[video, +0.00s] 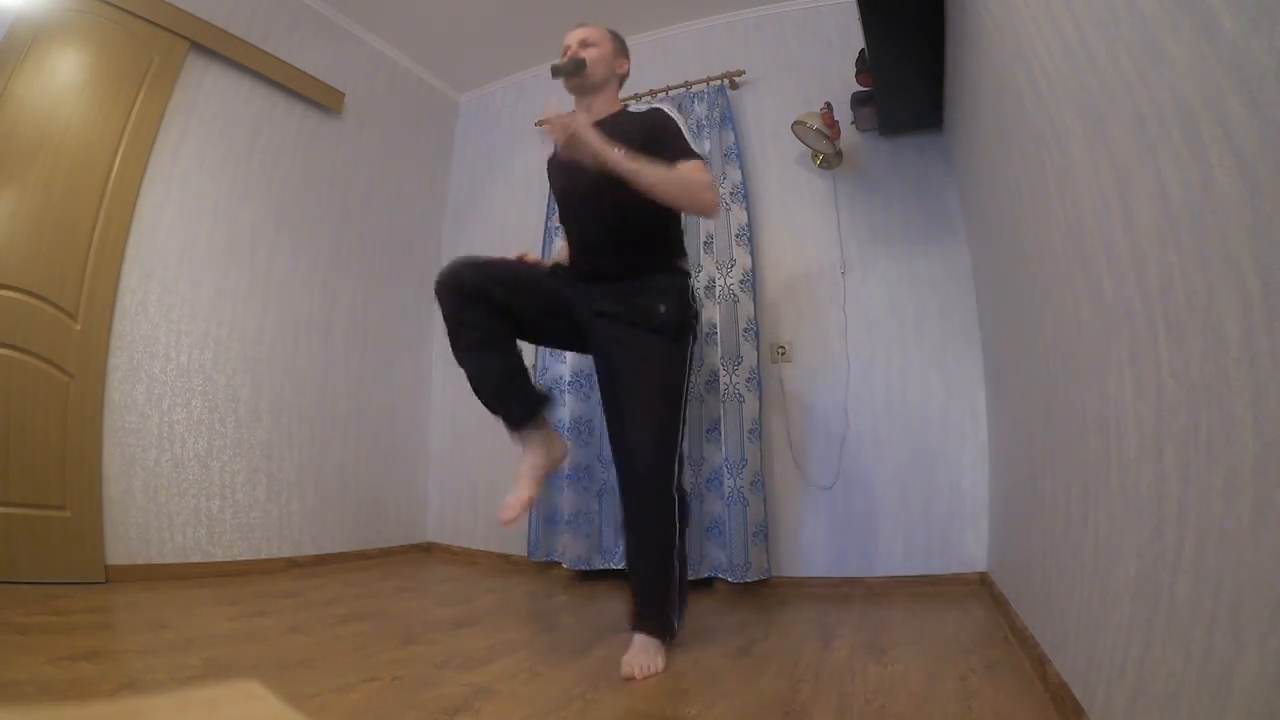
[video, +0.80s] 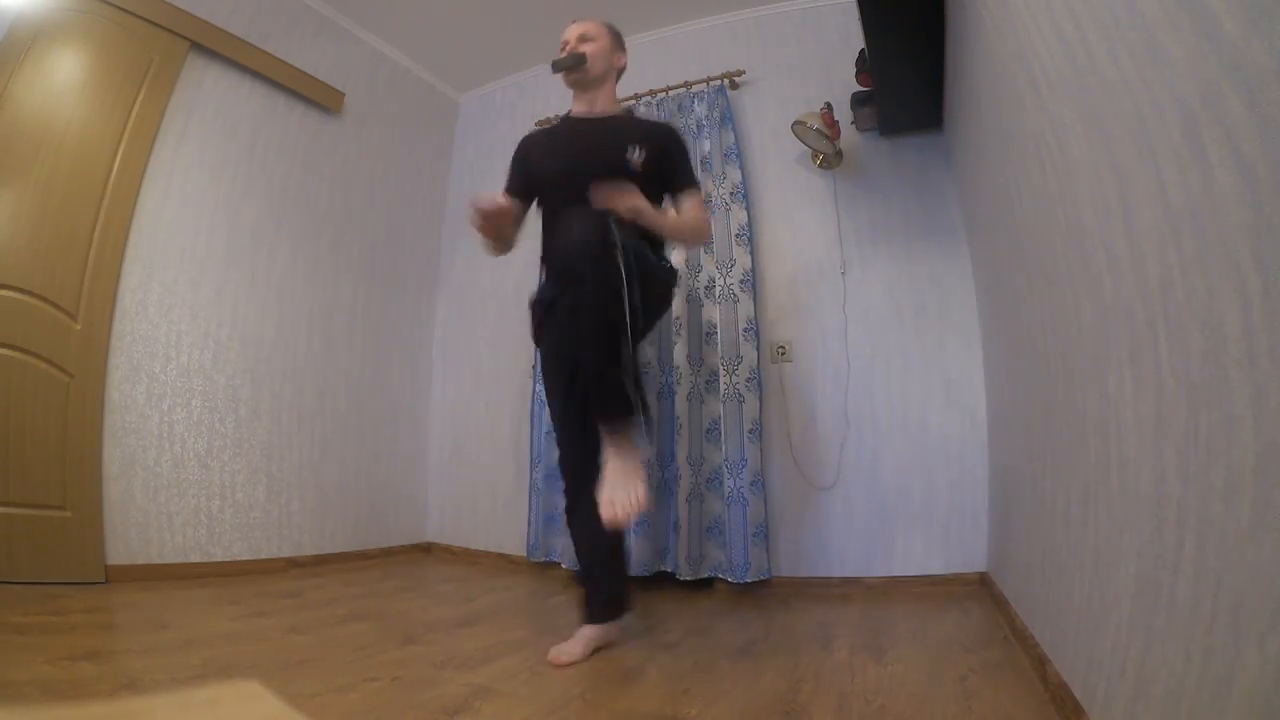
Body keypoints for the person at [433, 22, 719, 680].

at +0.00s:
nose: (572, 49)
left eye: (588, 41)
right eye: (565, 45)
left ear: (622, 65)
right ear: (559, 74)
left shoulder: (650, 124)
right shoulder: (565, 154)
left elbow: (706, 198)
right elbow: (587, 246)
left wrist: (603, 151)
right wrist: (543, 265)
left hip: (647, 309)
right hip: (581, 300)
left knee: (647, 471)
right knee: (462, 283)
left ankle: (650, 625)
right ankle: (536, 439)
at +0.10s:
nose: (573, 35)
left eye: (591, 29)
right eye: (566, 31)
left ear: (623, 54)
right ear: (559, 60)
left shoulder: (653, 109)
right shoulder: (556, 138)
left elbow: (706, 171)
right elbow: (572, 209)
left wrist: (615, 115)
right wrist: (559, 236)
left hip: (647, 289)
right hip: (577, 285)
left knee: (641, 436)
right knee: (481, 346)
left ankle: (648, 612)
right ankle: (550, 498)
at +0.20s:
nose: (582, 33)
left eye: (597, 26)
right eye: (575, 30)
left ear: (627, 47)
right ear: (567, 55)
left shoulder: (662, 117)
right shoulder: (550, 127)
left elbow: (708, 194)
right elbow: (533, 210)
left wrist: (629, 157)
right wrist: (533, 222)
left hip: (640, 256)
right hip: (570, 268)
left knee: (620, 324)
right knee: (563, 431)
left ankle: (643, 509)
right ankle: (596, 593)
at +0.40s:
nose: (567, 43)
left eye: (582, 33)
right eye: (561, 40)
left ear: (617, 53)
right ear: (558, 64)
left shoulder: (657, 113)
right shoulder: (550, 133)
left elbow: (715, 179)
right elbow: (520, 228)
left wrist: (681, 206)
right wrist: (519, 169)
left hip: (647, 263)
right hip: (580, 275)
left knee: (616, 374)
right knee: (533, 417)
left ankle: (645, 543)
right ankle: (578, 580)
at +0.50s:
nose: (567, 53)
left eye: (583, 45)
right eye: (561, 49)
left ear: (618, 65)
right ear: (558, 75)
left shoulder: (651, 123)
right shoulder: (561, 152)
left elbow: (717, 199)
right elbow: (571, 251)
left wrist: (626, 181)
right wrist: (531, 244)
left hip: (644, 298)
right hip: (577, 296)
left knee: (648, 458)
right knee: (463, 313)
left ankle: (656, 612)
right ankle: (516, 478)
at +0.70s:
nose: (574, 31)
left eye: (590, 23)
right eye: (567, 27)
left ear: (620, 45)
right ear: (560, 54)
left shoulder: (653, 108)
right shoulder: (549, 125)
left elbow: (693, 187)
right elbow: (553, 195)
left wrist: (608, 137)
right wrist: (540, 221)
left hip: (638, 263)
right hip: (569, 270)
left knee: (613, 383)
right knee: (516, 410)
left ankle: (640, 559)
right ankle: (570, 567)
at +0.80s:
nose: (571, 44)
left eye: (587, 37)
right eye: (565, 41)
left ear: (620, 59)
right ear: (559, 69)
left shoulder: (655, 137)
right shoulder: (537, 145)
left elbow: (698, 227)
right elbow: (501, 242)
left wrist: (644, 212)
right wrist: (491, 222)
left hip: (639, 288)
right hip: (565, 296)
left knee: (593, 237)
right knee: (579, 456)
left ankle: (619, 437)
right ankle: (603, 613)